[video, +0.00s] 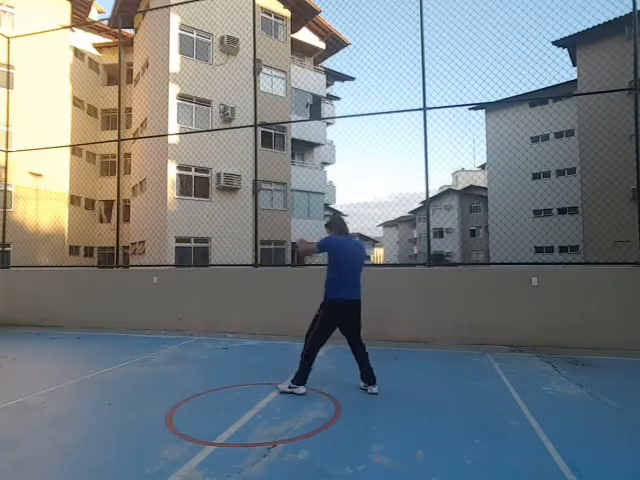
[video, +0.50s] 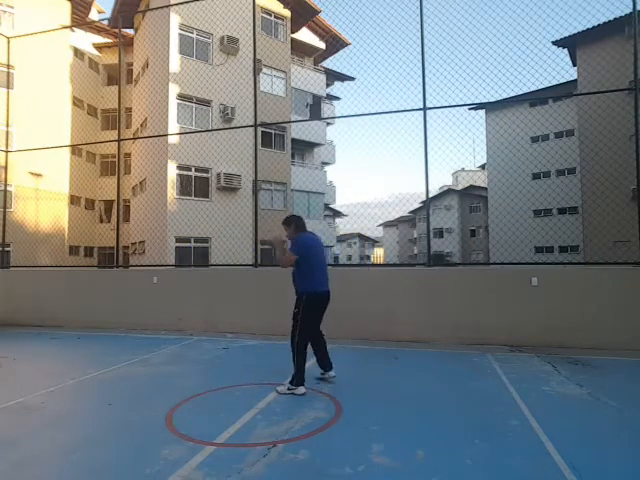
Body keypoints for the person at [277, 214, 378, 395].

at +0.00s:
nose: (327, 234)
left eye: (327, 231)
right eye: (326, 231)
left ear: (332, 229)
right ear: (345, 228)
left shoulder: (331, 241)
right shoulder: (359, 246)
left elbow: (304, 250)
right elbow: (361, 264)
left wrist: (302, 244)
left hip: (333, 303)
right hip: (353, 303)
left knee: (313, 342)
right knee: (356, 342)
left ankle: (298, 383)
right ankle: (371, 383)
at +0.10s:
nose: (317, 236)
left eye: (318, 232)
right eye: (316, 232)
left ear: (325, 231)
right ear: (334, 229)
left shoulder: (327, 245)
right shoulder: (347, 245)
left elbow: (308, 265)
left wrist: (308, 244)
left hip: (328, 303)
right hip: (346, 304)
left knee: (306, 340)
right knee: (349, 341)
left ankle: (297, 383)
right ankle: (370, 380)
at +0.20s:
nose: (307, 235)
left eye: (308, 231)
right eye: (307, 232)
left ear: (315, 230)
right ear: (321, 229)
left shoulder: (325, 246)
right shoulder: (332, 244)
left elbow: (306, 266)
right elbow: (308, 264)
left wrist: (303, 243)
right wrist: (304, 243)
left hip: (323, 302)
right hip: (336, 302)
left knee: (302, 338)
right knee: (341, 340)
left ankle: (297, 384)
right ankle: (367, 376)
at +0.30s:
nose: (298, 238)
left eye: (299, 234)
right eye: (297, 235)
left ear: (306, 231)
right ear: (310, 230)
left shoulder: (318, 245)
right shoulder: (323, 242)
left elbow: (300, 264)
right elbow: (293, 240)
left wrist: (292, 242)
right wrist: (269, 236)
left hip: (318, 301)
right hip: (329, 300)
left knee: (299, 339)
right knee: (330, 339)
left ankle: (297, 384)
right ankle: (361, 369)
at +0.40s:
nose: (290, 236)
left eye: (291, 232)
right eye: (290, 233)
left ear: (298, 230)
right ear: (303, 228)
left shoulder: (308, 243)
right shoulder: (316, 240)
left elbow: (291, 263)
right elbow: (292, 253)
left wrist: (284, 246)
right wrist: (270, 241)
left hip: (313, 298)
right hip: (324, 296)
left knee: (298, 337)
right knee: (320, 334)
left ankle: (297, 383)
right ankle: (347, 365)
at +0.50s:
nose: (286, 234)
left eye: (287, 230)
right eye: (285, 231)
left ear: (294, 228)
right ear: (301, 226)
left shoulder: (300, 241)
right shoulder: (313, 239)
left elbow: (284, 262)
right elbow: (293, 261)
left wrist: (279, 246)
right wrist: (284, 248)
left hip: (307, 295)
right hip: (321, 294)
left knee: (298, 336)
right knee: (314, 331)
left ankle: (297, 383)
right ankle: (327, 369)